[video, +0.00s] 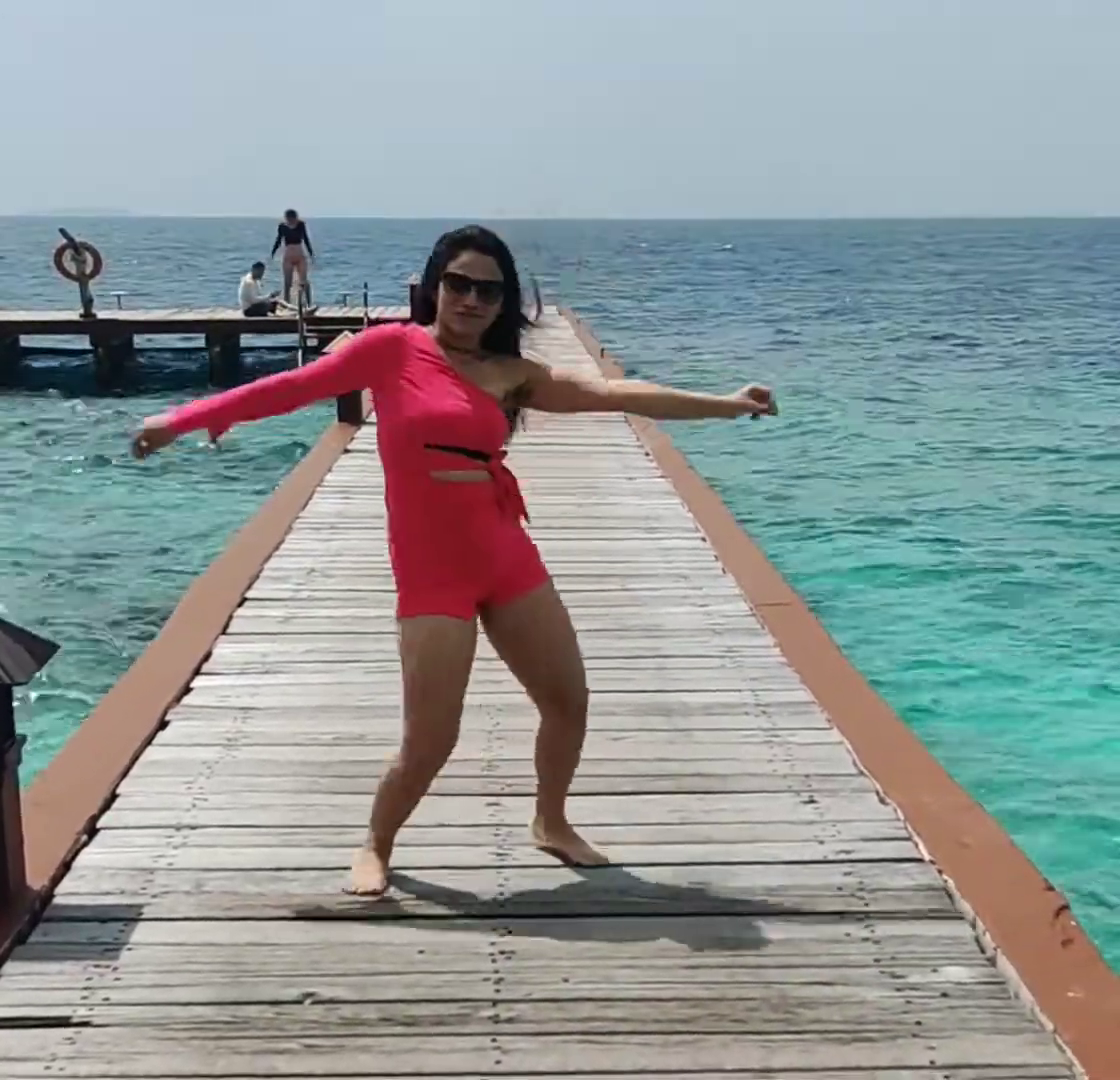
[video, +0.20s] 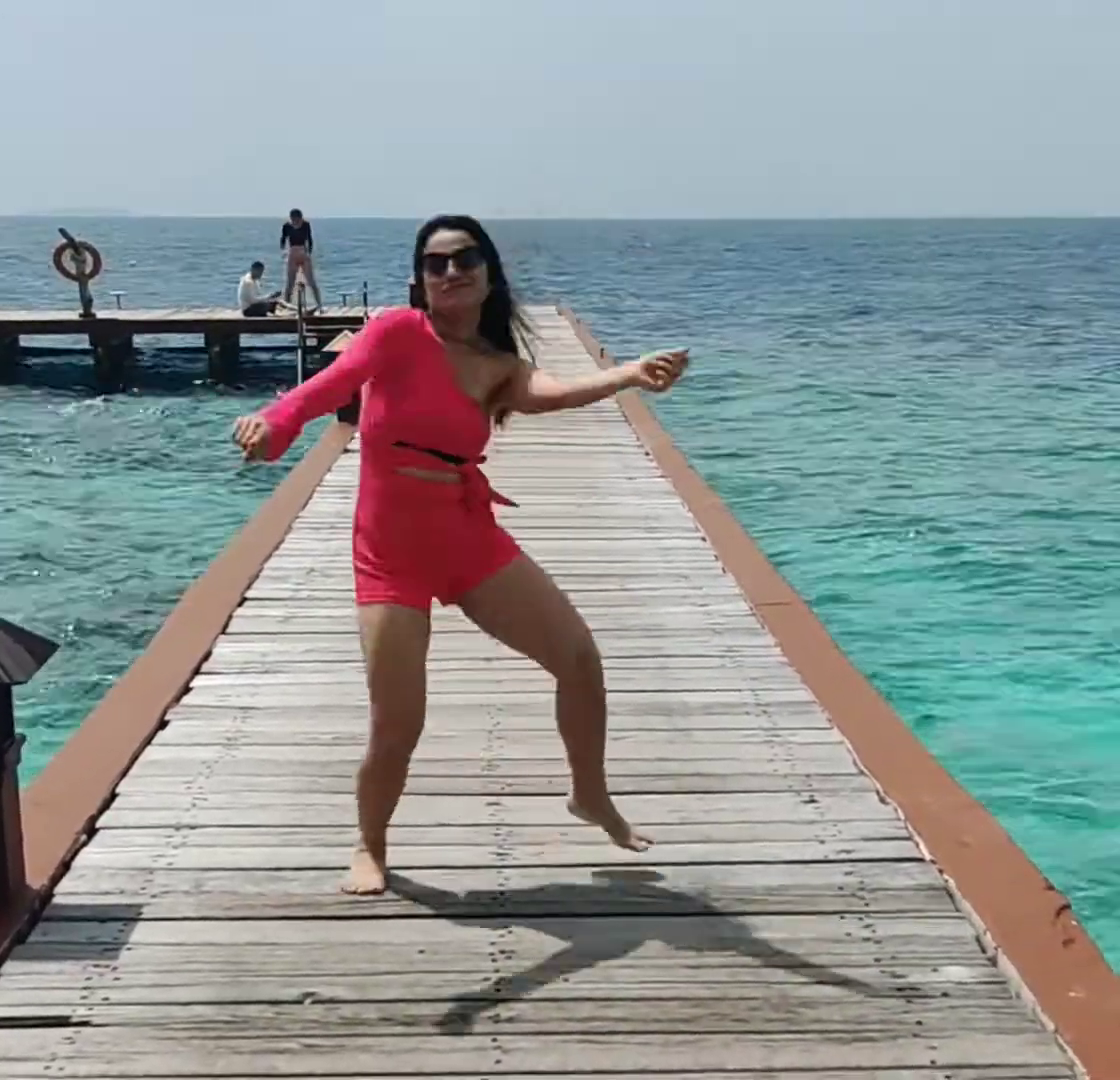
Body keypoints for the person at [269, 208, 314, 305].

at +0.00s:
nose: (291, 222)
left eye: (293, 219)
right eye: (289, 220)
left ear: (296, 218)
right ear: (286, 219)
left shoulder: (301, 225)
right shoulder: (282, 227)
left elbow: (306, 239)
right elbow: (278, 241)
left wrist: (311, 253)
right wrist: (272, 253)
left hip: (299, 250)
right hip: (289, 250)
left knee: (304, 280)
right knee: (287, 282)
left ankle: (309, 304)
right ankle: (286, 304)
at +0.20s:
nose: (295, 222)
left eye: (297, 219)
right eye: (293, 220)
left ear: (301, 218)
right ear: (291, 219)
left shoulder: (306, 225)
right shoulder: (287, 226)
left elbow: (309, 239)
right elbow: (283, 238)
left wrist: (309, 250)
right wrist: (282, 248)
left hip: (303, 250)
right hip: (293, 251)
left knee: (311, 281)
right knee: (290, 282)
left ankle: (319, 305)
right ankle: (287, 305)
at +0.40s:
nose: (305, 220)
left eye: (307, 218)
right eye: (303, 218)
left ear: (310, 216)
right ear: (300, 217)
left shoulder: (315, 224)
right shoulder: (296, 224)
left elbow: (319, 236)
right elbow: (293, 236)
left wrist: (319, 246)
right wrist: (292, 246)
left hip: (313, 249)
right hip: (302, 250)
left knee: (319, 278)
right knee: (298, 277)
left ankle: (322, 302)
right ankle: (291, 299)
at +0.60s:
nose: (311, 218)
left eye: (313, 216)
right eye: (309, 216)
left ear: (317, 215)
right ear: (307, 216)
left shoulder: (323, 223)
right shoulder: (303, 224)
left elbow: (328, 238)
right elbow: (301, 239)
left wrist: (334, 254)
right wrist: (298, 255)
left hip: (320, 249)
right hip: (308, 249)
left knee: (322, 279)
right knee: (309, 279)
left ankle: (322, 304)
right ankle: (305, 304)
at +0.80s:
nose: (313, 219)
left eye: (315, 216)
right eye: (311, 217)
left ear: (319, 215)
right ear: (309, 216)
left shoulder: (325, 223)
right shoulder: (306, 224)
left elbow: (333, 236)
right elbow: (304, 237)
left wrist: (343, 251)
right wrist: (301, 250)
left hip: (323, 250)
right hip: (312, 251)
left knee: (324, 278)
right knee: (316, 278)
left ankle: (322, 304)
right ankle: (318, 301)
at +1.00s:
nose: (308, 219)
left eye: (309, 217)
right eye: (306, 217)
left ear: (314, 215)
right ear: (305, 217)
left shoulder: (323, 223)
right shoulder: (305, 226)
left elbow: (331, 237)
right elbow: (302, 240)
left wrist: (340, 252)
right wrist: (299, 253)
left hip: (323, 252)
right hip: (310, 253)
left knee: (326, 279)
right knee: (315, 279)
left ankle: (321, 302)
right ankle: (318, 304)